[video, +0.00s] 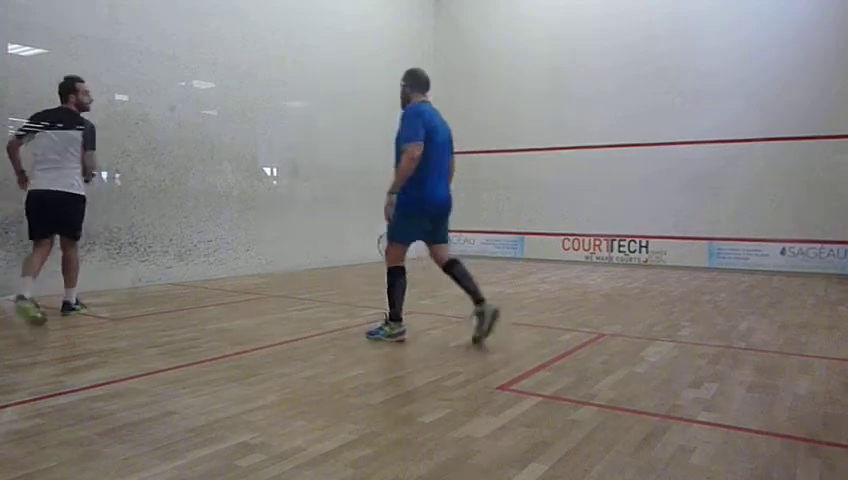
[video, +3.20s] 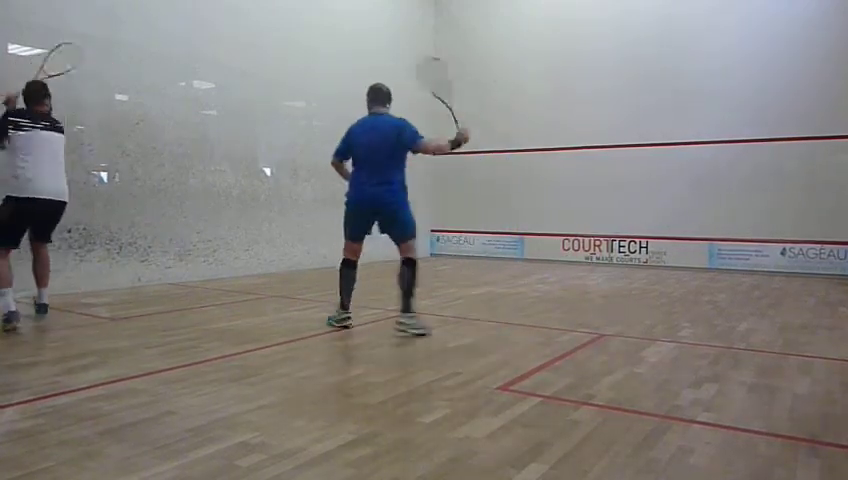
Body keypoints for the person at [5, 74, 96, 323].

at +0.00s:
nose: (90, 97)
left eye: (88, 92)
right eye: (85, 93)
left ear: (65, 97)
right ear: (71, 97)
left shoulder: (41, 117)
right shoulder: (85, 125)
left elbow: (12, 145)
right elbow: (89, 166)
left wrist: (19, 172)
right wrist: (86, 177)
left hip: (38, 194)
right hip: (71, 196)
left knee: (41, 245)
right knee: (69, 246)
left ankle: (24, 294)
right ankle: (70, 301)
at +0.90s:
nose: (99, 74)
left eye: (97, 69)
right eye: (93, 70)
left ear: (72, 77)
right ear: (76, 76)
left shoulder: (45, 105)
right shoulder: (87, 104)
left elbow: (36, 152)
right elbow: (88, 140)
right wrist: (115, 182)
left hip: (41, 186)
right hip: (71, 189)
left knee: (46, 251)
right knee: (69, 257)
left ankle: (28, 315)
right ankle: (72, 327)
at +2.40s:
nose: (92, 78)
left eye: (90, 73)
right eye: (87, 74)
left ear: (64, 78)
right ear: (71, 77)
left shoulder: (30, 103)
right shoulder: (83, 108)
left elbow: (13, 148)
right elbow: (91, 153)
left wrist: (22, 181)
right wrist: (105, 190)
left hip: (30, 190)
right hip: (69, 193)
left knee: (25, 251)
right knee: (70, 258)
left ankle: (12, 315)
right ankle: (72, 324)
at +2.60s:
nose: (66, 78)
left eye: (64, 73)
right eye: (62, 73)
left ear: (37, 77)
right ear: (50, 76)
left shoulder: (9, 104)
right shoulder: (65, 109)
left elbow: (1, 143)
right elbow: (82, 155)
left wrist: (4, 173)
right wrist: (82, 174)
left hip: (13, 190)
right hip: (53, 192)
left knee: (15, 251)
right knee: (67, 253)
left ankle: (11, 315)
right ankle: (70, 307)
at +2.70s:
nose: (56, 76)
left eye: (53, 71)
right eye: (52, 71)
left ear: (27, 78)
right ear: (42, 76)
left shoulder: (5, 102)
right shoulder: (59, 108)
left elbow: (3, 143)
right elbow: (75, 154)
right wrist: (65, 162)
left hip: (10, 189)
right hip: (48, 191)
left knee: (11, 249)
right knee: (60, 247)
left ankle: (10, 314)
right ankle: (62, 303)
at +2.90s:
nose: (45, 76)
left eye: (42, 72)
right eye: (42, 72)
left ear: (16, 78)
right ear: (34, 77)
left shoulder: (3, 102)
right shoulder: (55, 109)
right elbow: (65, 149)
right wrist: (37, 135)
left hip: (8, 187)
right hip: (44, 189)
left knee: (9, 248)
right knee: (41, 245)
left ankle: (10, 312)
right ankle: (46, 306)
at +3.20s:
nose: (48, 105)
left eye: (47, 101)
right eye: (47, 101)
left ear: (25, 101)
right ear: (46, 101)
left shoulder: (13, 119)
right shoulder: (58, 126)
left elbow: (2, 137)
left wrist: (7, 110)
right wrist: (15, 112)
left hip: (22, 195)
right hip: (57, 197)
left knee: (4, 250)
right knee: (40, 243)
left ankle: (9, 308)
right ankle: (42, 301)